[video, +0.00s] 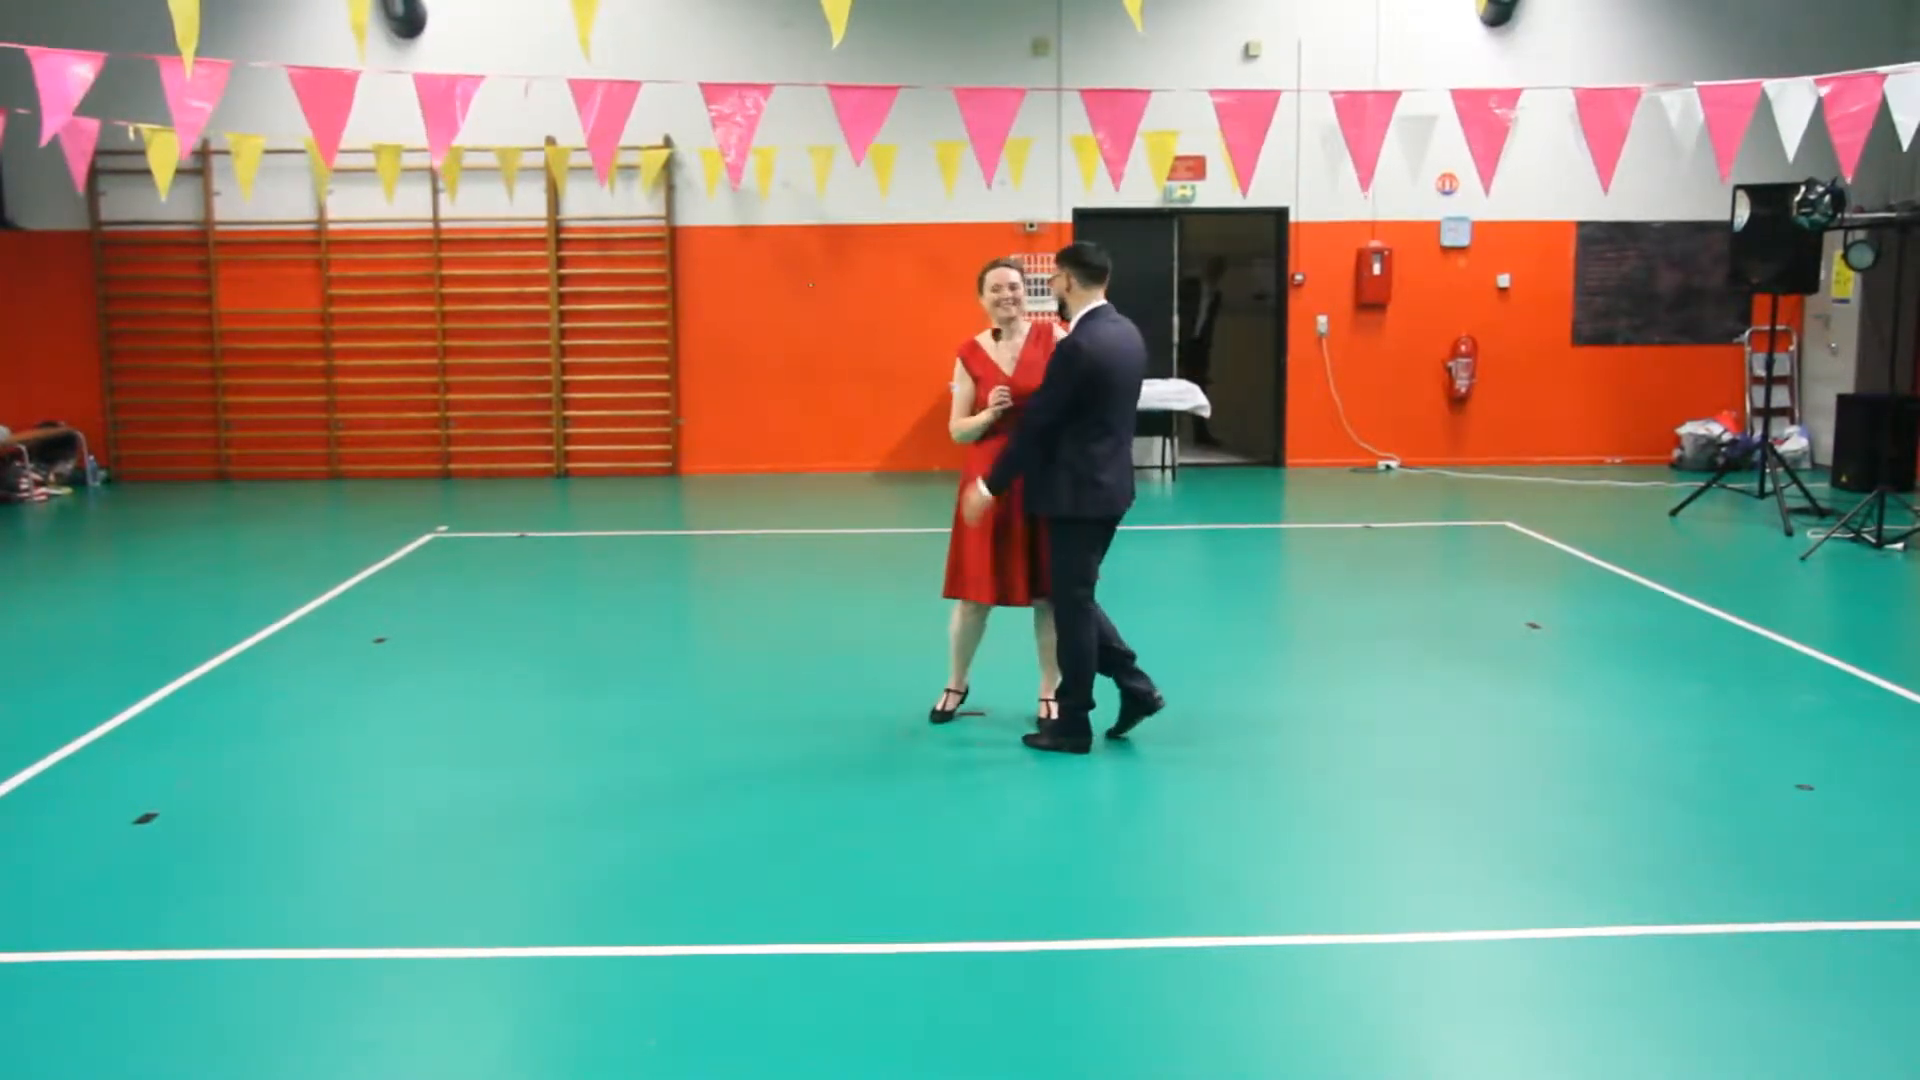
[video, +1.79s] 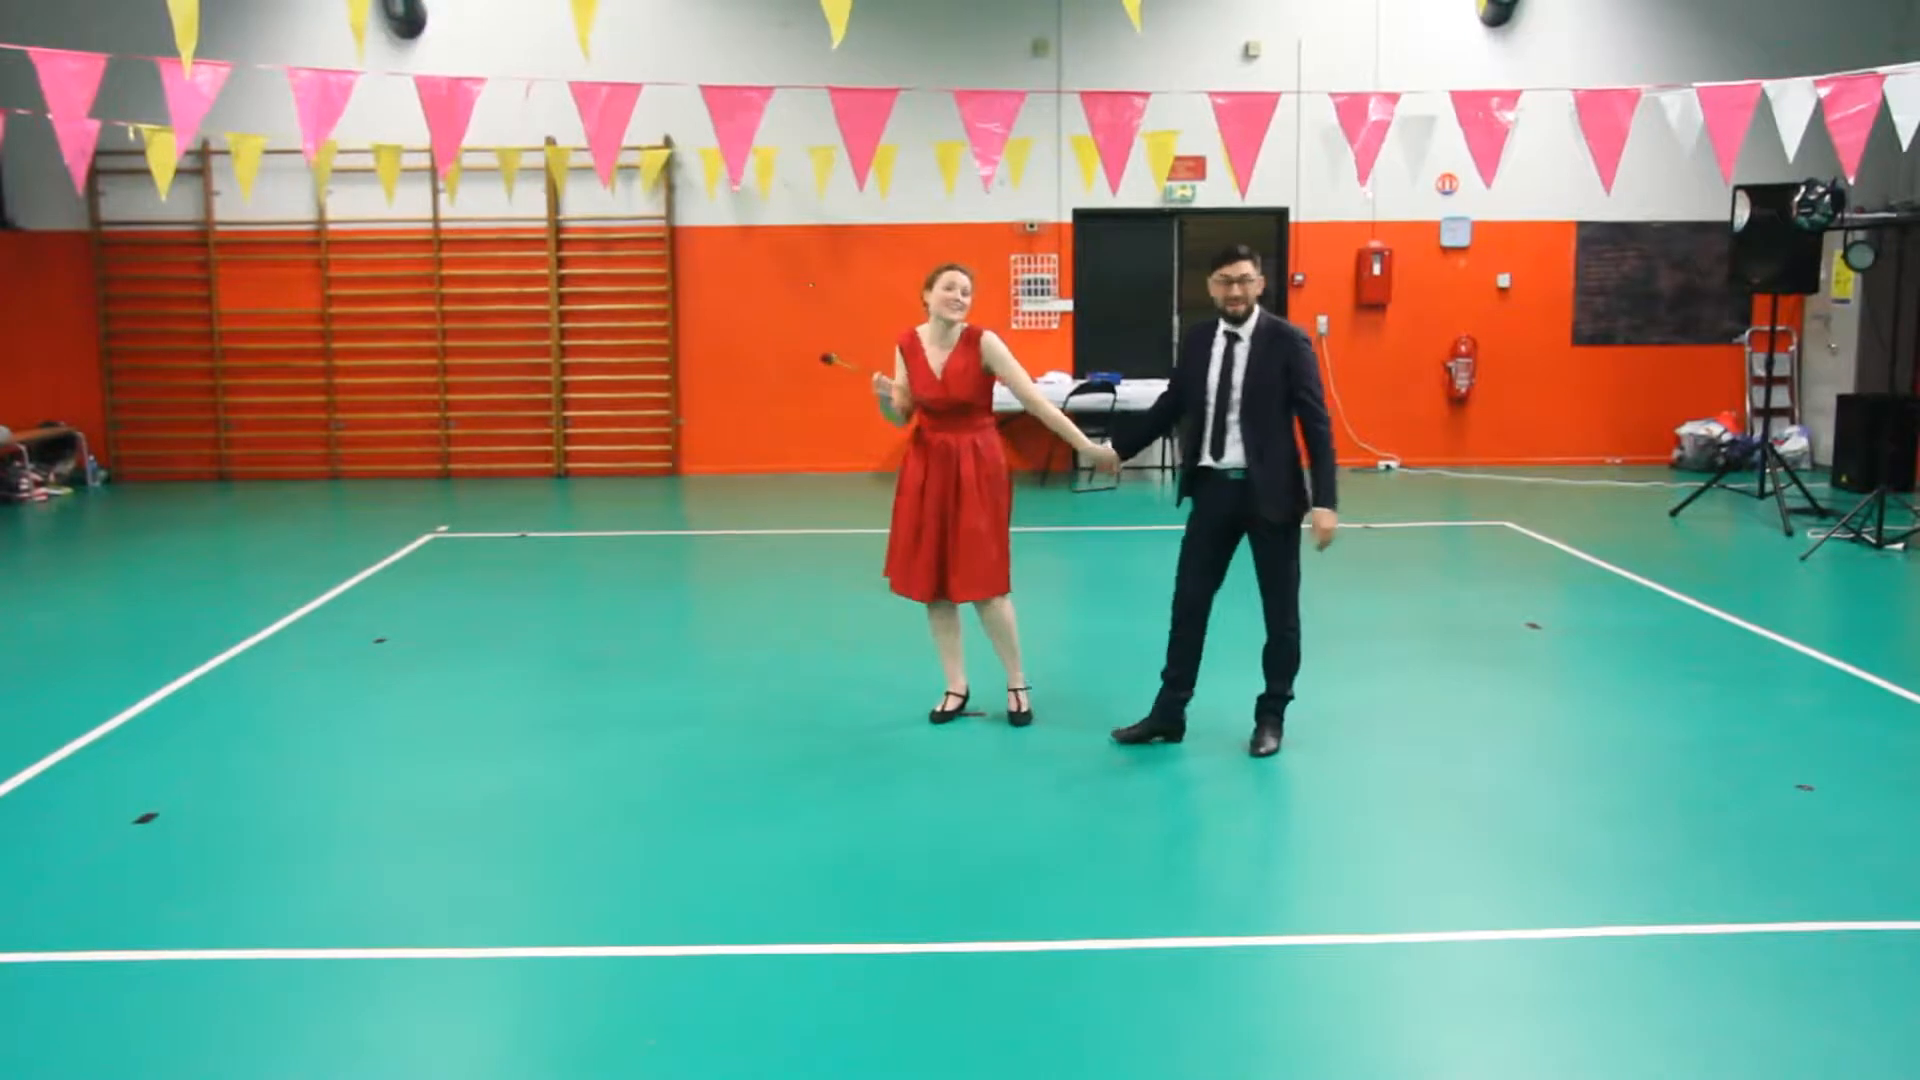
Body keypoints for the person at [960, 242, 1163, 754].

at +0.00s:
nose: (1051, 286)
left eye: (1054, 277)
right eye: (1053, 277)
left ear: (1068, 282)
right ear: (1103, 281)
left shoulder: (1079, 345)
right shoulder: (1127, 335)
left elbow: (1038, 419)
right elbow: (1100, 412)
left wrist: (993, 480)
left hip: (1075, 493)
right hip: (1108, 486)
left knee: (1072, 601)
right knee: (1072, 595)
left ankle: (1070, 724)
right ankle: (1136, 688)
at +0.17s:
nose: (1055, 284)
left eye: (1059, 275)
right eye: (1057, 275)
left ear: (1076, 279)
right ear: (1107, 280)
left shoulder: (1090, 345)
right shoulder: (1130, 333)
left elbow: (1064, 433)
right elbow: (1111, 410)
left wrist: (1044, 509)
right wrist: (1062, 366)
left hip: (1087, 497)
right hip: (1115, 492)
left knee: (1081, 607)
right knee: (1099, 603)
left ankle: (1072, 723)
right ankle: (1151, 700)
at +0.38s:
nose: (1062, 284)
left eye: (1068, 275)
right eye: (1064, 275)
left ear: (1090, 279)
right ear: (1097, 279)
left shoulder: (1122, 339)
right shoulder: (1101, 330)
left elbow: (1129, 428)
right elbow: (1094, 406)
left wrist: (1118, 503)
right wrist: (1055, 425)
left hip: (1107, 498)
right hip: (1101, 493)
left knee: (1084, 609)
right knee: (1124, 603)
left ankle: (1073, 722)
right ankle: (1159, 709)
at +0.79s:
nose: (1079, 294)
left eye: (1085, 283)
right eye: (1079, 285)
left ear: (1116, 283)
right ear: (1108, 286)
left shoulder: (1162, 336)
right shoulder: (1110, 338)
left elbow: (1185, 422)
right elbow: (1101, 421)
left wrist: (1181, 500)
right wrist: (1060, 472)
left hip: (1157, 494)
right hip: (1130, 491)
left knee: (1149, 609)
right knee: (1153, 607)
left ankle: (1143, 728)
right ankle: (1161, 713)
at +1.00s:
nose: (1094, 293)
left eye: (1101, 284)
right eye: (1094, 285)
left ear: (1133, 282)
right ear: (1123, 286)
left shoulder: (1182, 337)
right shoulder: (1124, 341)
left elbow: (1201, 422)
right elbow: (1110, 414)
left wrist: (1191, 497)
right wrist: (1077, 475)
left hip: (1178, 492)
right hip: (1138, 490)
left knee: (1183, 606)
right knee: (1157, 608)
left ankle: (1227, 721)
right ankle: (1161, 715)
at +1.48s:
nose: (1172, 289)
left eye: (1183, 279)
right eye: (1165, 281)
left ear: (1209, 282)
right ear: (1159, 288)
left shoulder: (1241, 338)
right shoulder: (1159, 341)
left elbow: (1261, 420)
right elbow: (1145, 411)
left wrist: (1242, 493)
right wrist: (1103, 461)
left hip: (1230, 491)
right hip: (1175, 490)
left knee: (1247, 607)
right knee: (1175, 609)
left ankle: (1267, 713)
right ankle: (1164, 712)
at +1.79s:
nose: (1235, 290)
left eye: (1244, 281)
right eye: (1225, 282)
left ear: (1261, 284)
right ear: (1211, 287)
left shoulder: (1288, 341)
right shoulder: (1199, 340)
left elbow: (1315, 420)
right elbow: (1172, 404)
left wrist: (1324, 501)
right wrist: (1117, 449)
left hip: (1271, 492)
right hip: (1213, 490)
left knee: (1281, 613)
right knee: (1189, 602)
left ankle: (1271, 716)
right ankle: (1168, 714)